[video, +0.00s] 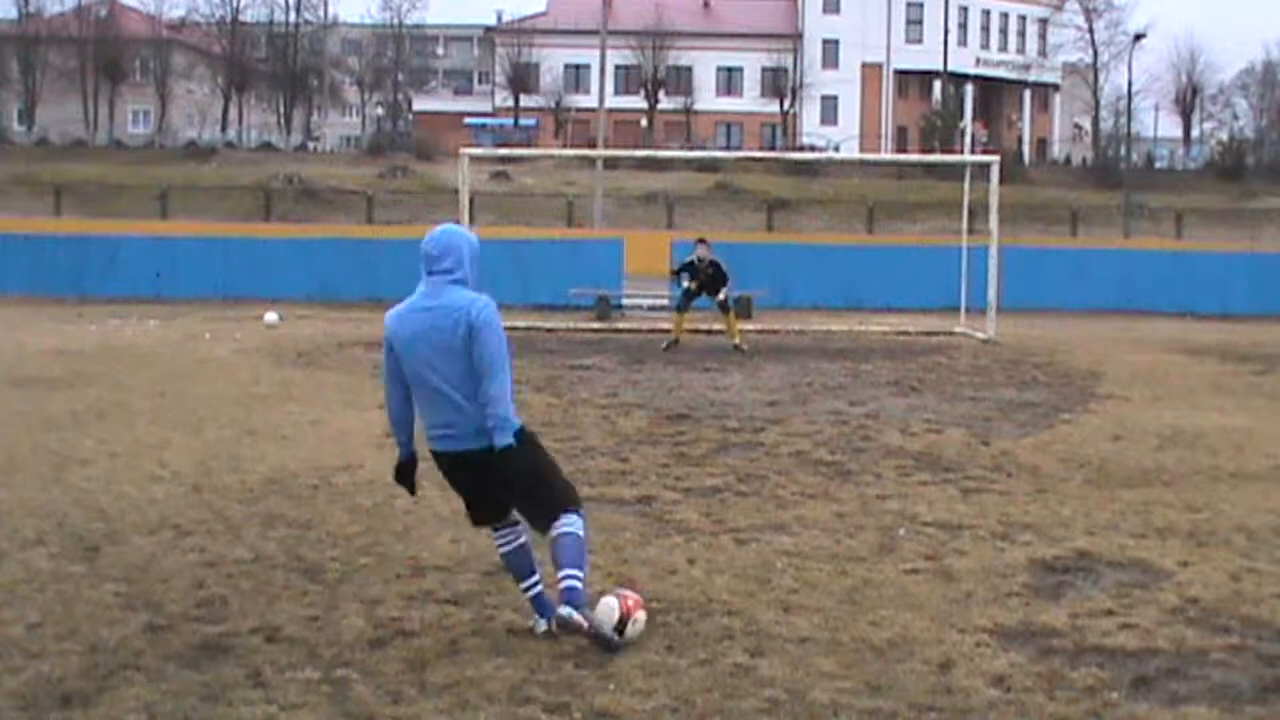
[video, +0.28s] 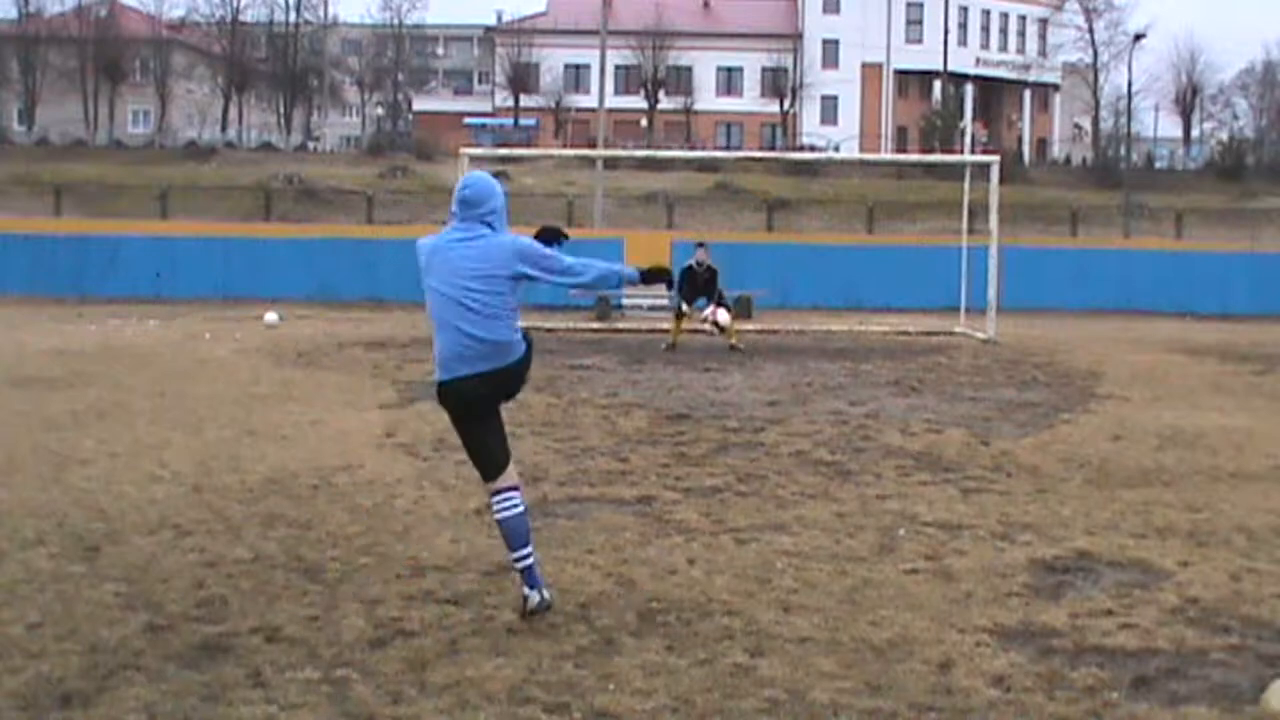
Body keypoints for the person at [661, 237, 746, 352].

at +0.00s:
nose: (701, 253)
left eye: (704, 250)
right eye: (699, 250)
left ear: (708, 252)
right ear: (696, 251)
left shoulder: (714, 265)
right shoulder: (690, 264)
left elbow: (725, 280)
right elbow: (678, 274)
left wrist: (722, 292)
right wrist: (686, 285)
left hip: (713, 288)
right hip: (696, 287)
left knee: (726, 309)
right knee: (681, 307)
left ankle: (736, 340)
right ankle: (675, 337)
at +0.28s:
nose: (701, 256)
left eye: (703, 253)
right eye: (699, 253)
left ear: (707, 256)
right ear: (695, 254)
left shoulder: (712, 272)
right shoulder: (686, 270)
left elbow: (713, 292)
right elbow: (680, 290)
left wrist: (711, 307)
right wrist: (683, 304)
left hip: (708, 295)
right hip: (691, 294)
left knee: (726, 313)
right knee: (679, 315)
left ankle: (733, 341)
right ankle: (672, 341)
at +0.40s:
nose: (701, 261)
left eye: (703, 258)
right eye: (698, 258)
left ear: (707, 261)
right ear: (695, 260)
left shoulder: (710, 276)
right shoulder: (688, 275)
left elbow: (708, 299)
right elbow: (687, 296)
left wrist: (707, 316)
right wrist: (688, 314)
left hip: (706, 298)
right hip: (691, 298)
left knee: (727, 307)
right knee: (676, 310)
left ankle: (732, 340)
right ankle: (673, 340)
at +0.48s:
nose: (716, 296)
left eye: (718, 294)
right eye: (714, 293)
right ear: (708, 286)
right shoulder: (686, 277)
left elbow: (704, 304)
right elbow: (686, 297)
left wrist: (702, 318)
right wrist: (686, 315)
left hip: (704, 293)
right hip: (688, 295)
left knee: (724, 313)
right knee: (673, 312)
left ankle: (732, 341)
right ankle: (674, 340)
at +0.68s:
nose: (690, 280)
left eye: (693, 276)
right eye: (688, 276)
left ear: (697, 277)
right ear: (683, 277)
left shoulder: (699, 290)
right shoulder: (678, 291)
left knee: (711, 312)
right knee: (667, 312)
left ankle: (702, 340)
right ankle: (672, 340)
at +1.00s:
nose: (682, 271)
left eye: (685, 268)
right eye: (680, 268)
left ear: (688, 267)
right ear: (676, 266)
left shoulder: (690, 276)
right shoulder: (669, 275)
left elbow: (690, 295)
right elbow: (664, 294)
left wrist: (683, 313)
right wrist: (662, 313)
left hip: (684, 288)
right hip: (671, 287)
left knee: (694, 311)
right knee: (664, 312)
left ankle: (698, 339)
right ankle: (672, 337)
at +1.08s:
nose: (677, 266)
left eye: (679, 263)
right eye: (675, 263)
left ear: (683, 262)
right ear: (671, 262)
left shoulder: (688, 272)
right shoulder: (665, 269)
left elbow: (689, 293)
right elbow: (659, 289)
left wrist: (685, 309)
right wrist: (651, 307)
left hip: (683, 287)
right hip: (667, 285)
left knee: (693, 310)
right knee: (656, 307)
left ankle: (699, 338)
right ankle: (666, 332)